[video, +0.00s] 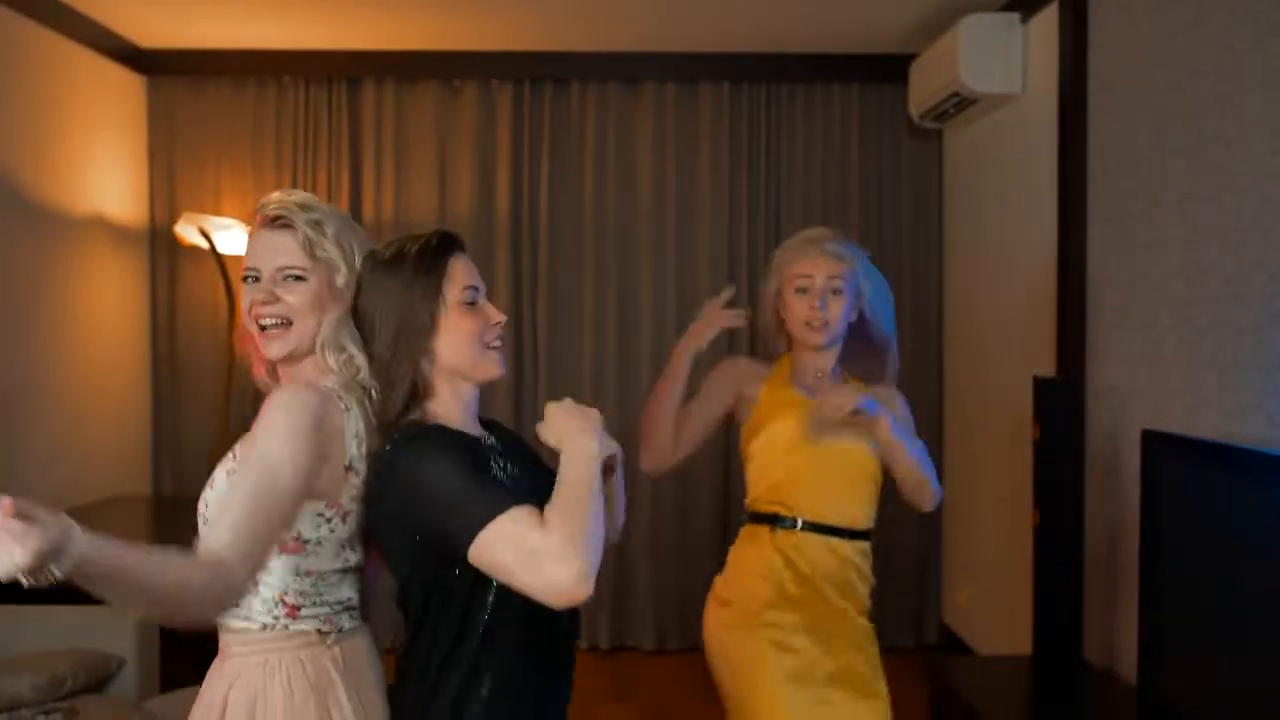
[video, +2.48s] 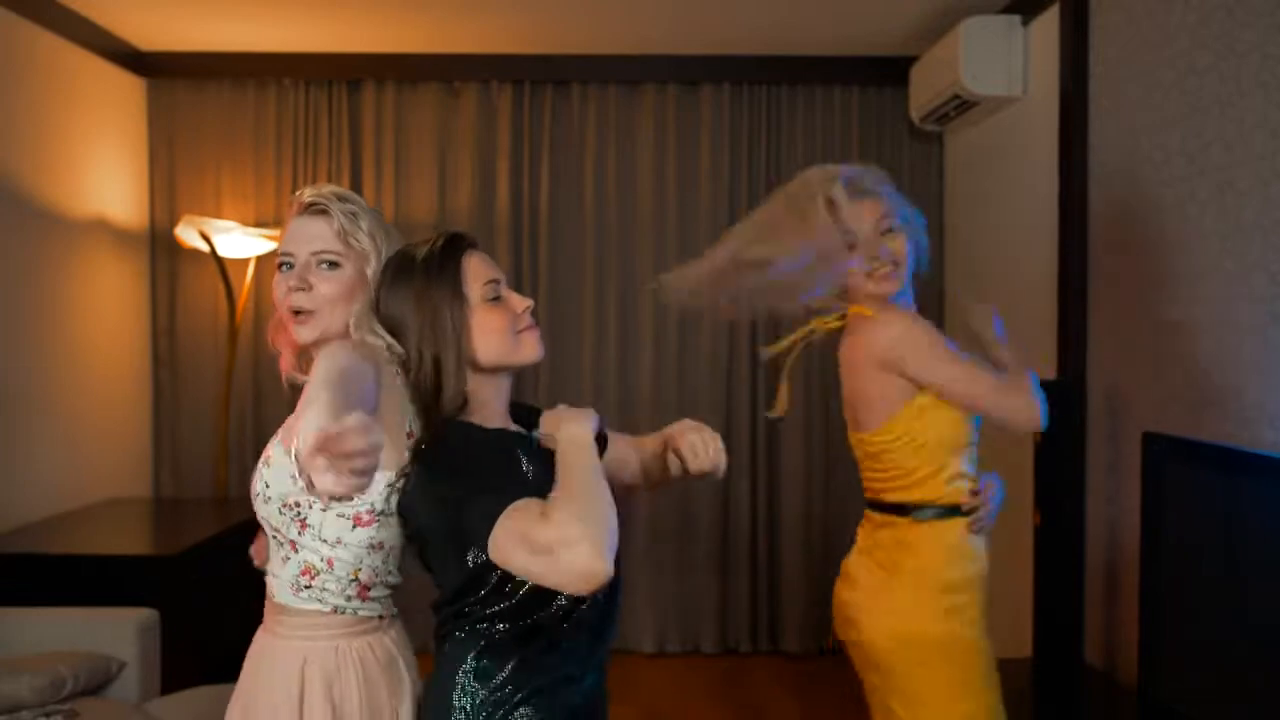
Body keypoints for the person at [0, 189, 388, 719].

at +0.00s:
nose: (264, 297)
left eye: (293, 277)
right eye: (253, 277)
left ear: (345, 292)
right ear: (241, 287)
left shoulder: (301, 407)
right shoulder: (346, 402)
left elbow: (214, 586)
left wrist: (71, 549)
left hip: (280, 676)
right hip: (337, 659)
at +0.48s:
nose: (272, 303)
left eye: (300, 283)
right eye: (259, 285)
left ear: (350, 296)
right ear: (247, 297)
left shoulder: (306, 393)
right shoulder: (366, 392)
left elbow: (263, 580)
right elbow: (371, 558)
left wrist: (137, 451)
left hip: (288, 671)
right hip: (357, 652)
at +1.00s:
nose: (275, 309)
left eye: (305, 291)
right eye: (265, 289)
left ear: (356, 306)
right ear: (252, 303)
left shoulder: (310, 413)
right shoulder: (363, 407)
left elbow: (273, 607)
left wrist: (176, 714)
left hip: (306, 674)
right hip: (362, 659)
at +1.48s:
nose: (279, 280)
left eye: (309, 262)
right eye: (267, 262)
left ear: (359, 280)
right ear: (255, 276)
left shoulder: (299, 360)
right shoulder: (371, 362)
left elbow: (316, 571)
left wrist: (273, 710)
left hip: (320, 657)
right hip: (376, 639)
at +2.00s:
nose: (296, 310)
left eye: (327, 293)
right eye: (285, 292)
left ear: (377, 309)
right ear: (272, 304)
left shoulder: (328, 395)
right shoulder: (387, 396)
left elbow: (274, 586)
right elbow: (320, 491)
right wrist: (243, 551)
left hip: (327, 688)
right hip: (386, 673)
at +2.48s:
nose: (297, 282)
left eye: (327, 264)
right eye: (287, 264)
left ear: (374, 280)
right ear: (275, 277)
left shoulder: (347, 358)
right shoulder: (368, 361)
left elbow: (334, 415)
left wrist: (328, 456)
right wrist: (283, 534)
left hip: (317, 658)